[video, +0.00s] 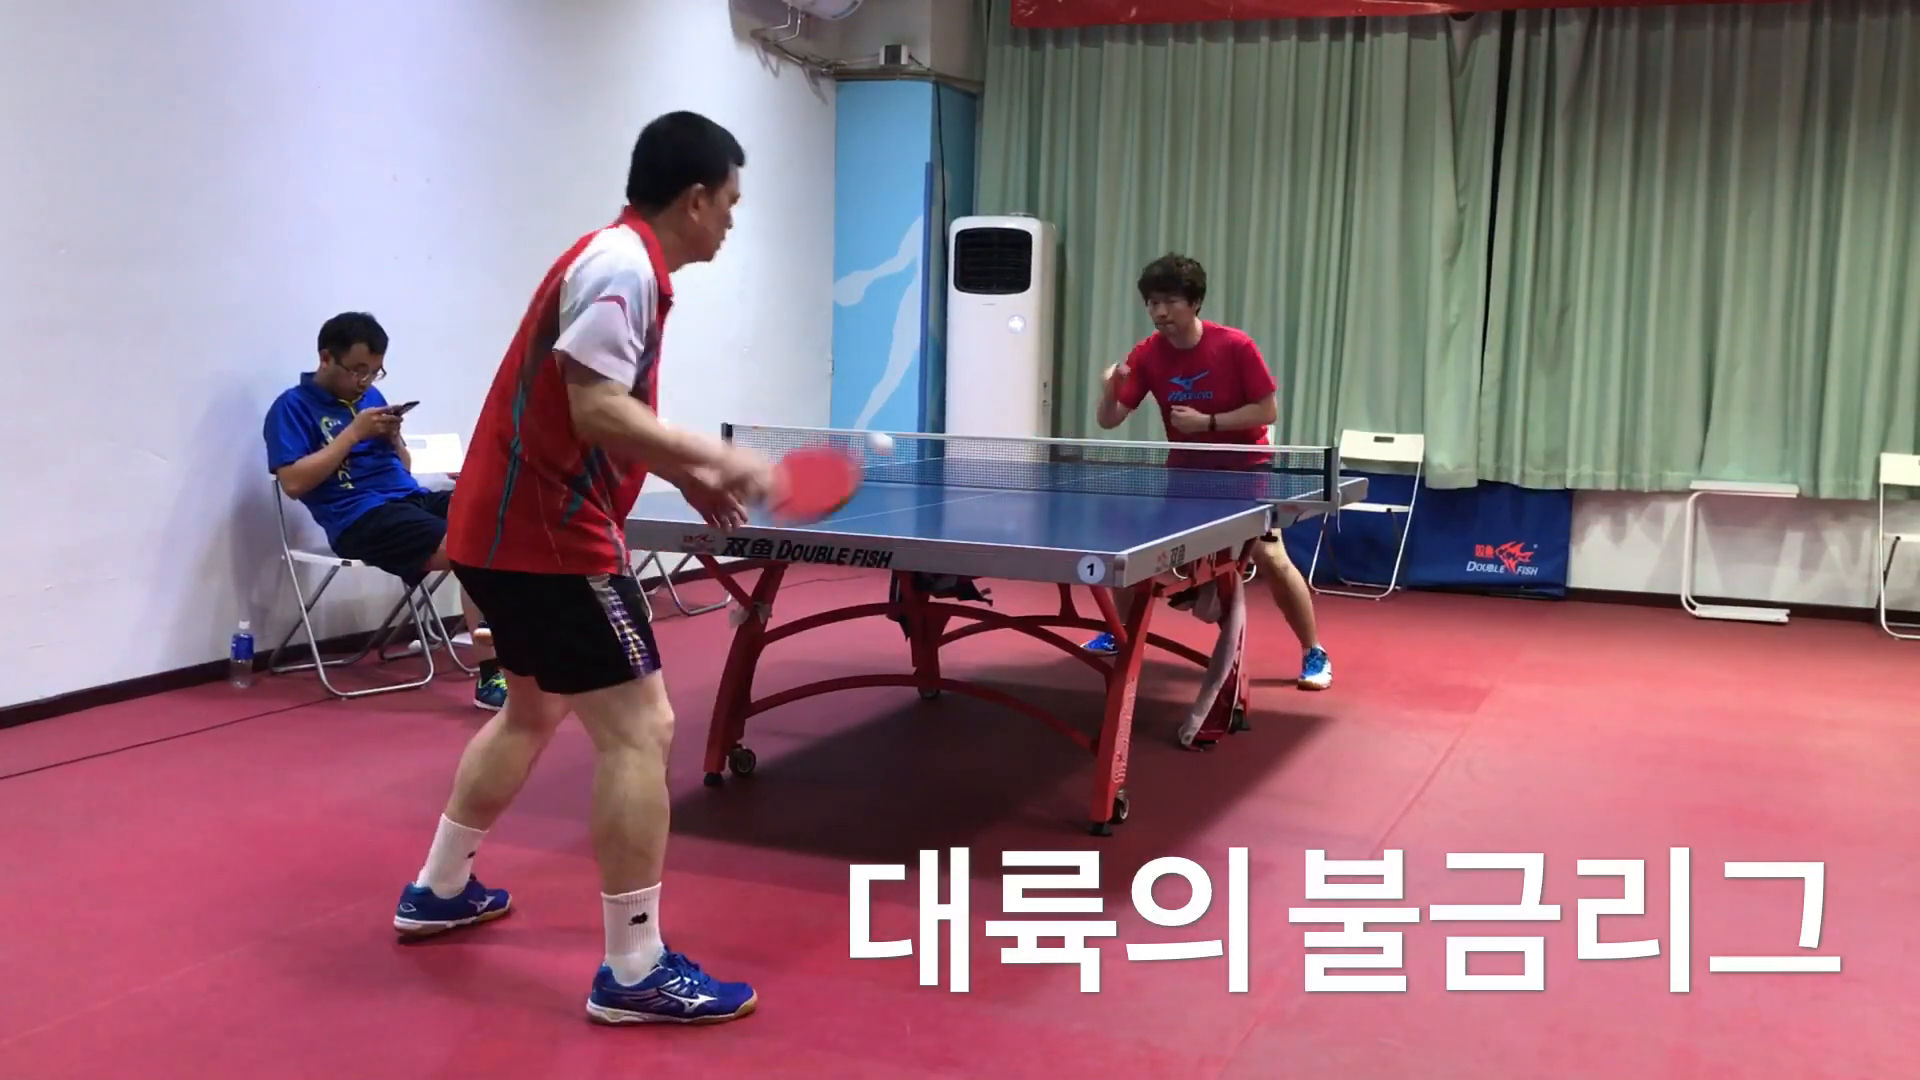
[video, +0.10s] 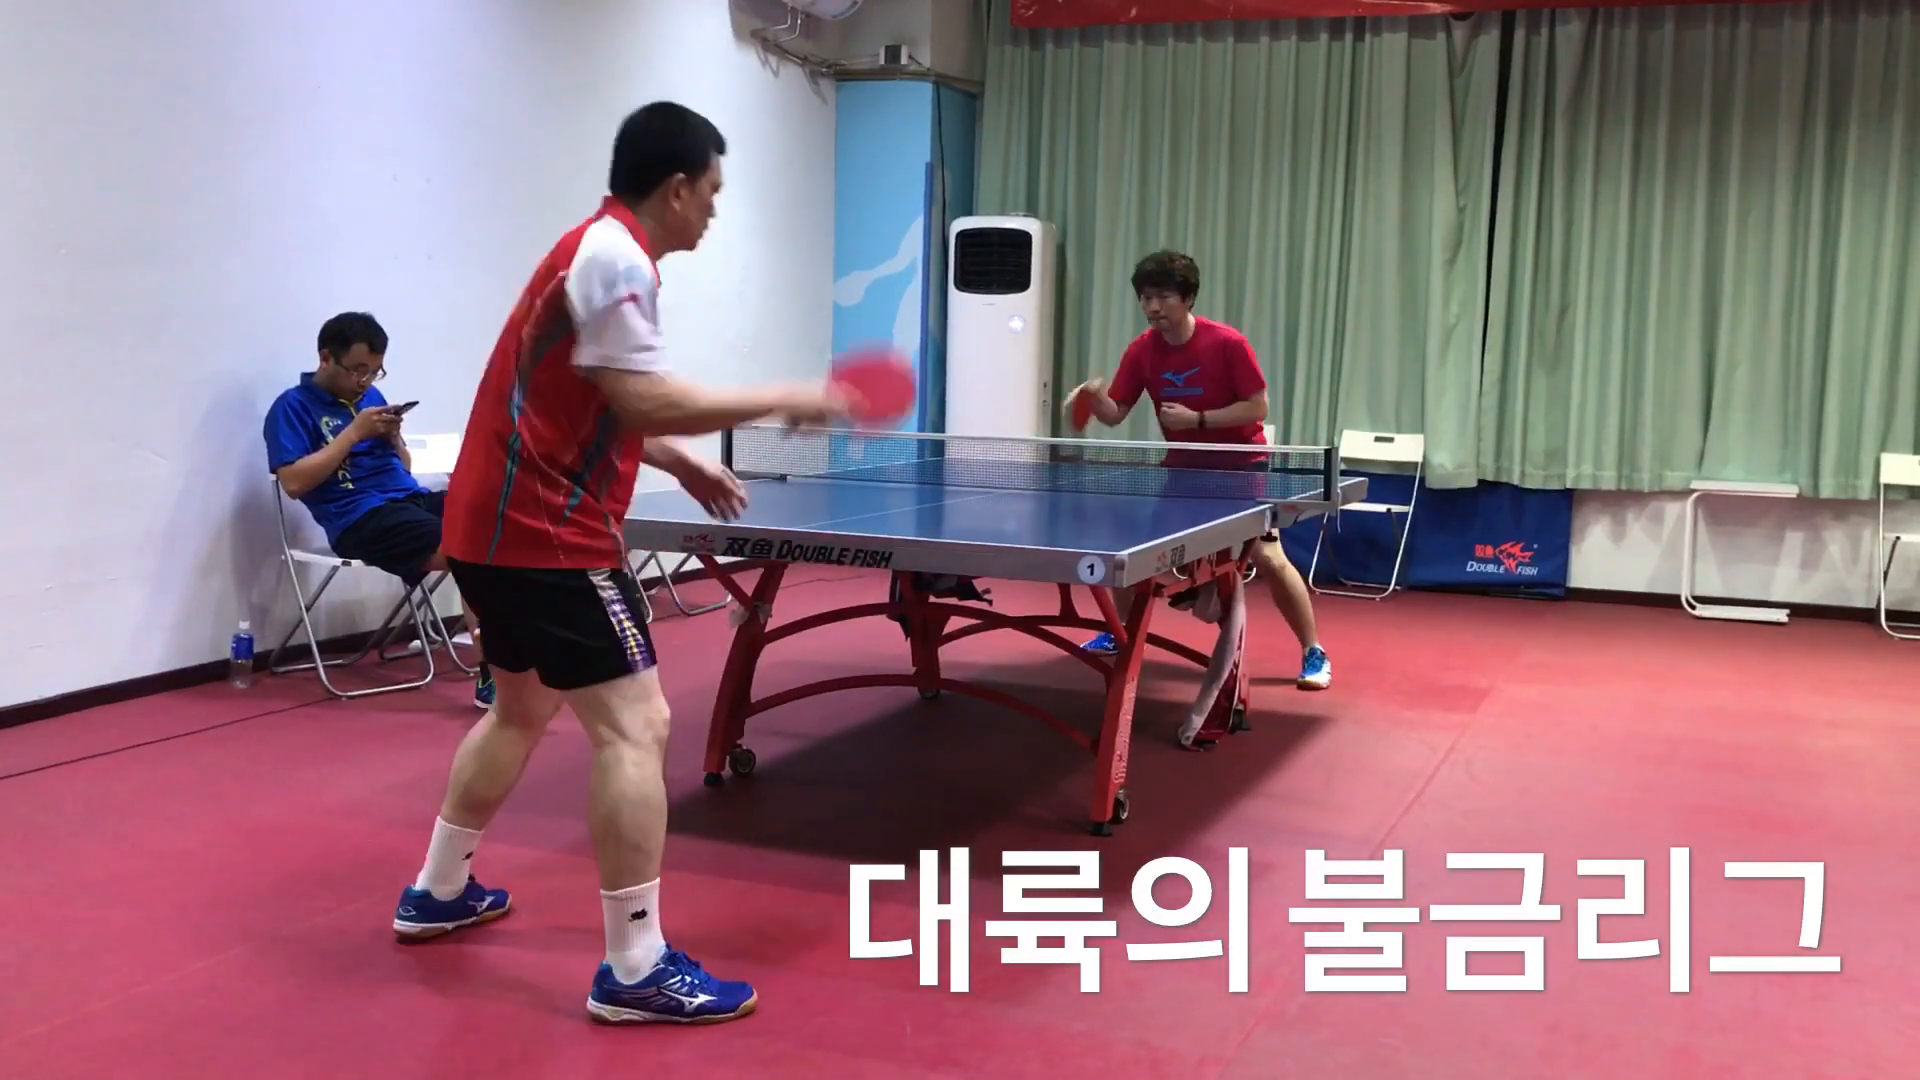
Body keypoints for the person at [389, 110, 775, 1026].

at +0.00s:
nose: (732, 219)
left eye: (734, 203)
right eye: (730, 201)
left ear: (663, 192)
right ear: (693, 198)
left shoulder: (621, 261)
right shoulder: (622, 265)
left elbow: (613, 410)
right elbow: (594, 406)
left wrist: (688, 475)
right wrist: (714, 456)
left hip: (501, 531)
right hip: (550, 539)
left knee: (530, 709)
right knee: (639, 728)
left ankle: (437, 887)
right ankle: (634, 968)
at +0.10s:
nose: (714, 209)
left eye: (715, 191)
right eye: (710, 190)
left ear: (645, 185)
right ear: (674, 188)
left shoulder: (587, 250)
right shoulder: (617, 257)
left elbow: (582, 410)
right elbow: (636, 399)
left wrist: (682, 462)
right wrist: (789, 401)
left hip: (489, 527)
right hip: (548, 536)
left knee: (520, 711)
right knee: (635, 726)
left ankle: (436, 889)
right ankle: (636, 966)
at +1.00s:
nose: (709, 199)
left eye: (708, 182)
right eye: (706, 182)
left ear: (622, 180)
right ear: (680, 184)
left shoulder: (565, 254)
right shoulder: (660, 273)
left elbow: (557, 390)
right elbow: (777, 387)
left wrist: (658, 443)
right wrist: (852, 330)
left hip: (476, 521)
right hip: (564, 528)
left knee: (513, 699)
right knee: (667, 721)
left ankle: (441, 889)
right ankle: (644, 958)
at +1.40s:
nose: (743, 194)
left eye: (739, 179)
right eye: (743, 180)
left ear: (654, 173)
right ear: (729, 183)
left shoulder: (585, 254)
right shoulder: (724, 276)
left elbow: (579, 399)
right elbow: (793, 426)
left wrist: (691, 457)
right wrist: (855, 422)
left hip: (528, 527)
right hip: (632, 542)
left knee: (532, 695)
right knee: (712, 732)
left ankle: (459, 872)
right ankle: (702, 965)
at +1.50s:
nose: (756, 202)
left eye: (755, 186)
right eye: (757, 185)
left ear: (670, 171)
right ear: (738, 185)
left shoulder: (618, 247)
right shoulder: (698, 266)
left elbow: (667, 417)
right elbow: (718, 430)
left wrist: (784, 468)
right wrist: (821, 490)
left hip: (523, 525)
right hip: (604, 541)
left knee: (538, 706)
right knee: (685, 732)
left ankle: (453, 886)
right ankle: (700, 966)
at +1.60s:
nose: (753, 219)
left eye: (756, 203)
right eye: (754, 202)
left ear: (678, 190)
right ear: (726, 200)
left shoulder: (647, 262)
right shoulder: (658, 270)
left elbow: (652, 417)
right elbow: (623, 419)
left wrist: (736, 472)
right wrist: (722, 505)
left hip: (527, 537)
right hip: (585, 544)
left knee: (548, 715)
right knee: (672, 731)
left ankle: (451, 894)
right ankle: (699, 965)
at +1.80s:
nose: (694, 205)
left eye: (697, 188)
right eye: (692, 186)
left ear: (628, 173)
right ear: (655, 176)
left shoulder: (569, 240)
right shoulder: (593, 241)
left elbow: (579, 407)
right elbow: (600, 381)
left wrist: (674, 462)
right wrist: (759, 398)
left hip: (509, 531)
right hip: (568, 538)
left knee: (536, 711)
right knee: (651, 724)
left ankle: (449, 895)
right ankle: (690, 959)